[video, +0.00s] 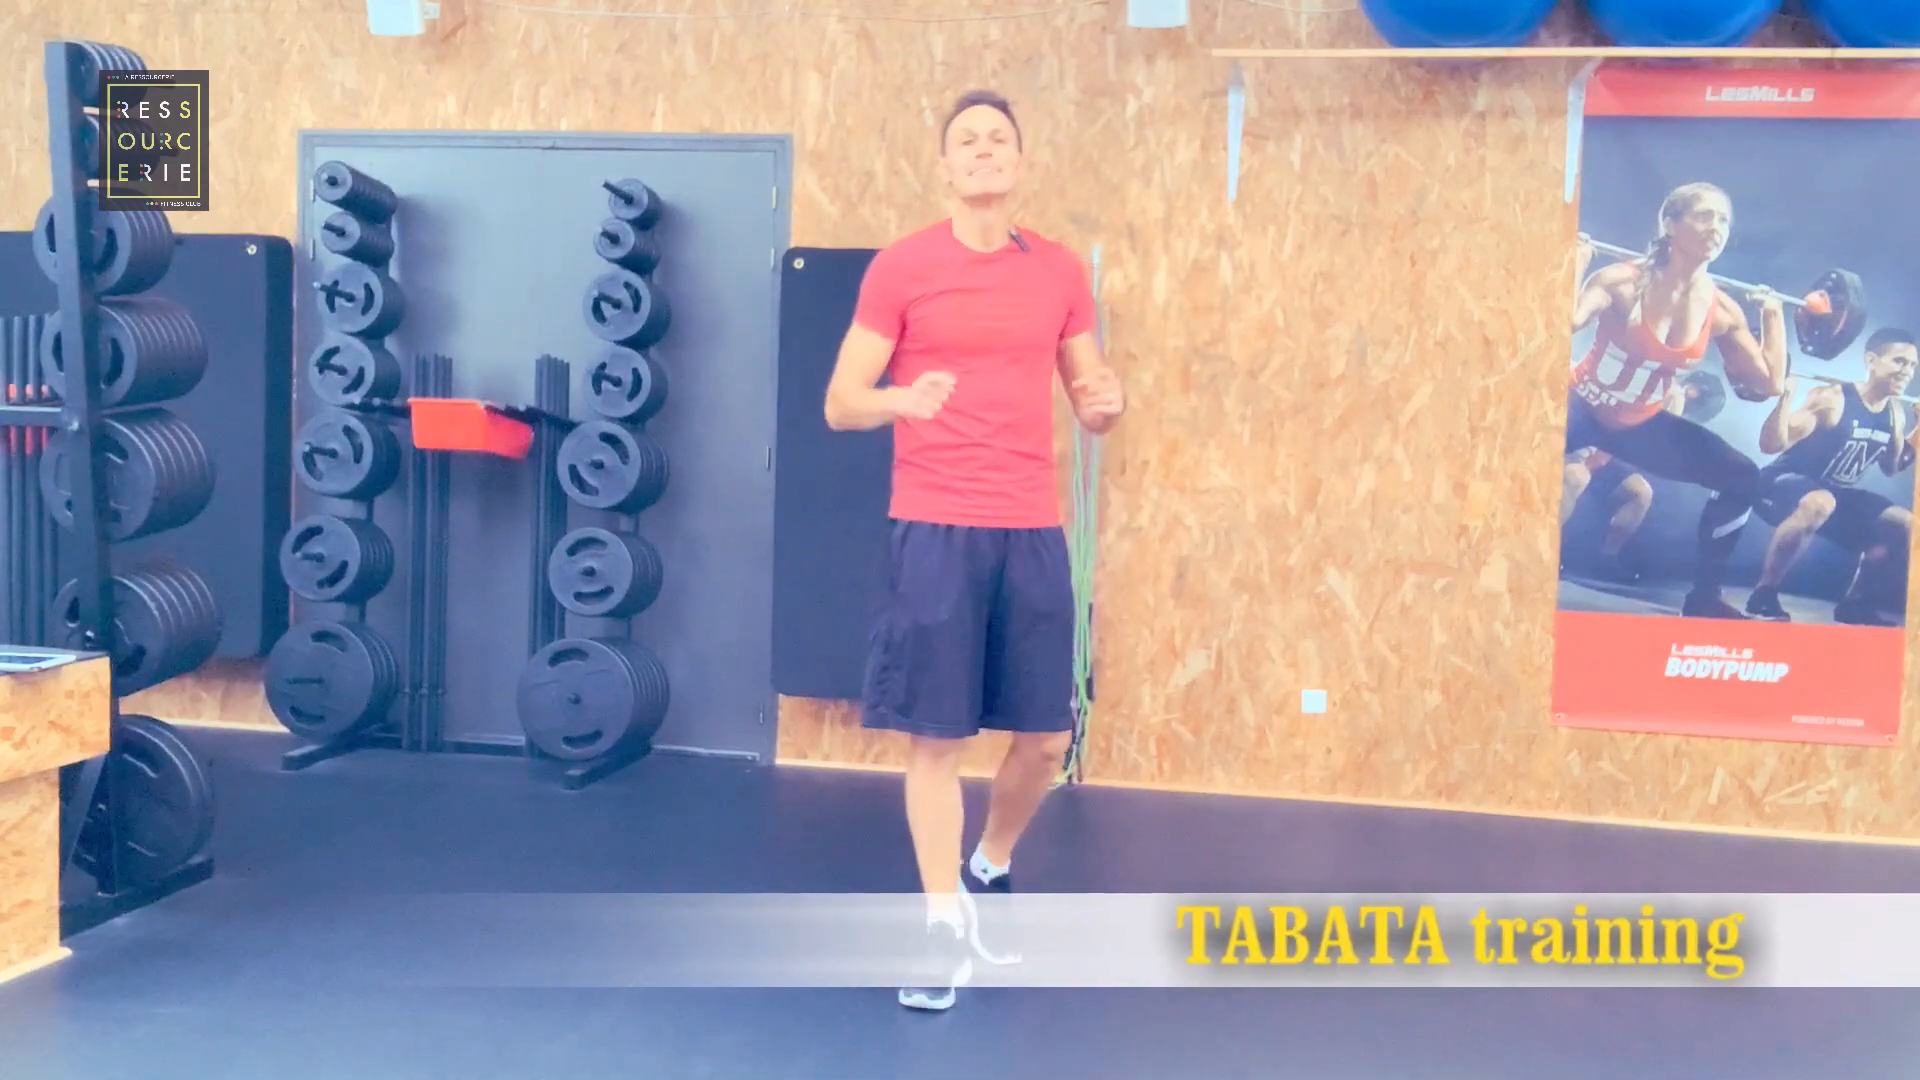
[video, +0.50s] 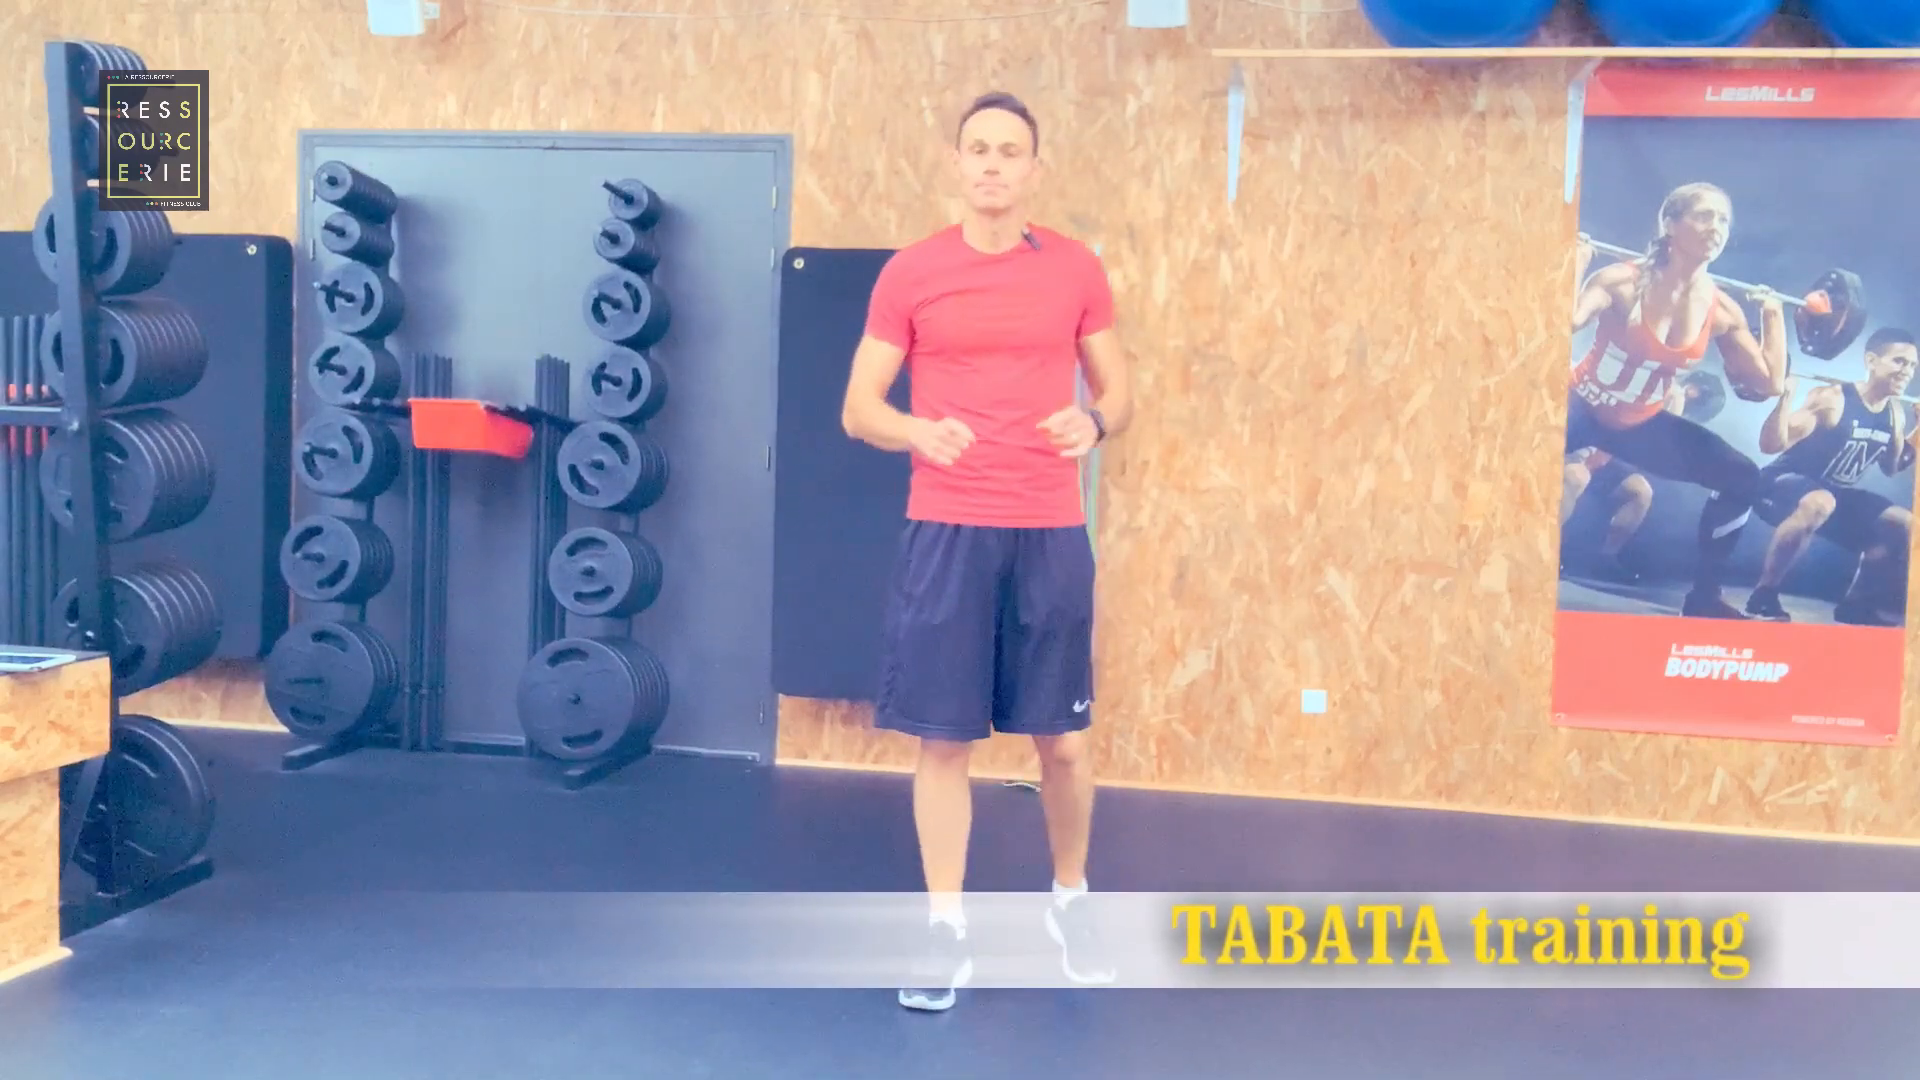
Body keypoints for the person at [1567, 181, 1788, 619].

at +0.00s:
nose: (1716, 228)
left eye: (1724, 221)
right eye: (1704, 216)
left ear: (1728, 234)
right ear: (1670, 224)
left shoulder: (1722, 310)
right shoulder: (1620, 279)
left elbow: (1769, 386)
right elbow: (1559, 325)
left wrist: (1773, 312)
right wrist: (1573, 269)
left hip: (1644, 425)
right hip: (1579, 408)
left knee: (1742, 477)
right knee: (1515, 446)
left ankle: (1705, 597)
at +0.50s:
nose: (1716, 228)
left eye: (1724, 221)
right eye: (1704, 216)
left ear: (1728, 234)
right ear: (1671, 224)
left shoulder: (1722, 310)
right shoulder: (1620, 280)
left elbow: (1769, 385)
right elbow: (1559, 325)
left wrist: (1773, 311)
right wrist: (1573, 270)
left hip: (1644, 425)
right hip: (1579, 409)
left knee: (1742, 477)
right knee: (1517, 446)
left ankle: (1705, 597)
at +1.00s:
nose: (1716, 228)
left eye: (1724, 221)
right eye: (1704, 216)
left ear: (1728, 233)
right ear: (1671, 224)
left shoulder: (1722, 310)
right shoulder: (1620, 279)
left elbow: (1769, 385)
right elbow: (1559, 325)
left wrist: (1773, 312)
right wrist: (1573, 269)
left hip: (1644, 425)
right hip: (1579, 408)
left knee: (1741, 477)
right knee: (1516, 445)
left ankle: (1705, 597)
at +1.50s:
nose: (1716, 228)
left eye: (1724, 221)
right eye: (1704, 216)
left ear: (1728, 234)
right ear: (1670, 224)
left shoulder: (1722, 310)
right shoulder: (1620, 279)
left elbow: (1769, 385)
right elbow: (1559, 325)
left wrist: (1773, 312)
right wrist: (1573, 269)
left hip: (1643, 424)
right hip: (1579, 408)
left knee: (1741, 477)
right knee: (1517, 447)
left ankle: (1705, 597)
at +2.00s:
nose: (1716, 228)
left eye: (1724, 220)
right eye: (1704, 216)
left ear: (1729, 233)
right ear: (1670, 224)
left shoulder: (1721, 310)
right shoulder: (1620, 279)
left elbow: (1769, 385)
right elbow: (1558, 326)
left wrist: (1773, 312)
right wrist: (1572, 268)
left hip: (1645, 425)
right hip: (1579, 409)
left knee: (1742, 478)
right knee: (1510, 452)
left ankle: (1705, 597)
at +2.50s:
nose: (1717, 228)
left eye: (1724, 220)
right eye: (1705, 216)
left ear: (1728, 233)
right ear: (1670, 224)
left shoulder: (1722, 311)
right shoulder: (1620, 279)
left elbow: (1769, 385)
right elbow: (1558, 326)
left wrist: (1773, 312)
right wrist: (1573, 269)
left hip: (1644, 425)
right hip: (1579, 409)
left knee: (1742, 477)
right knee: (1511, 450)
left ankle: (1705, 597)